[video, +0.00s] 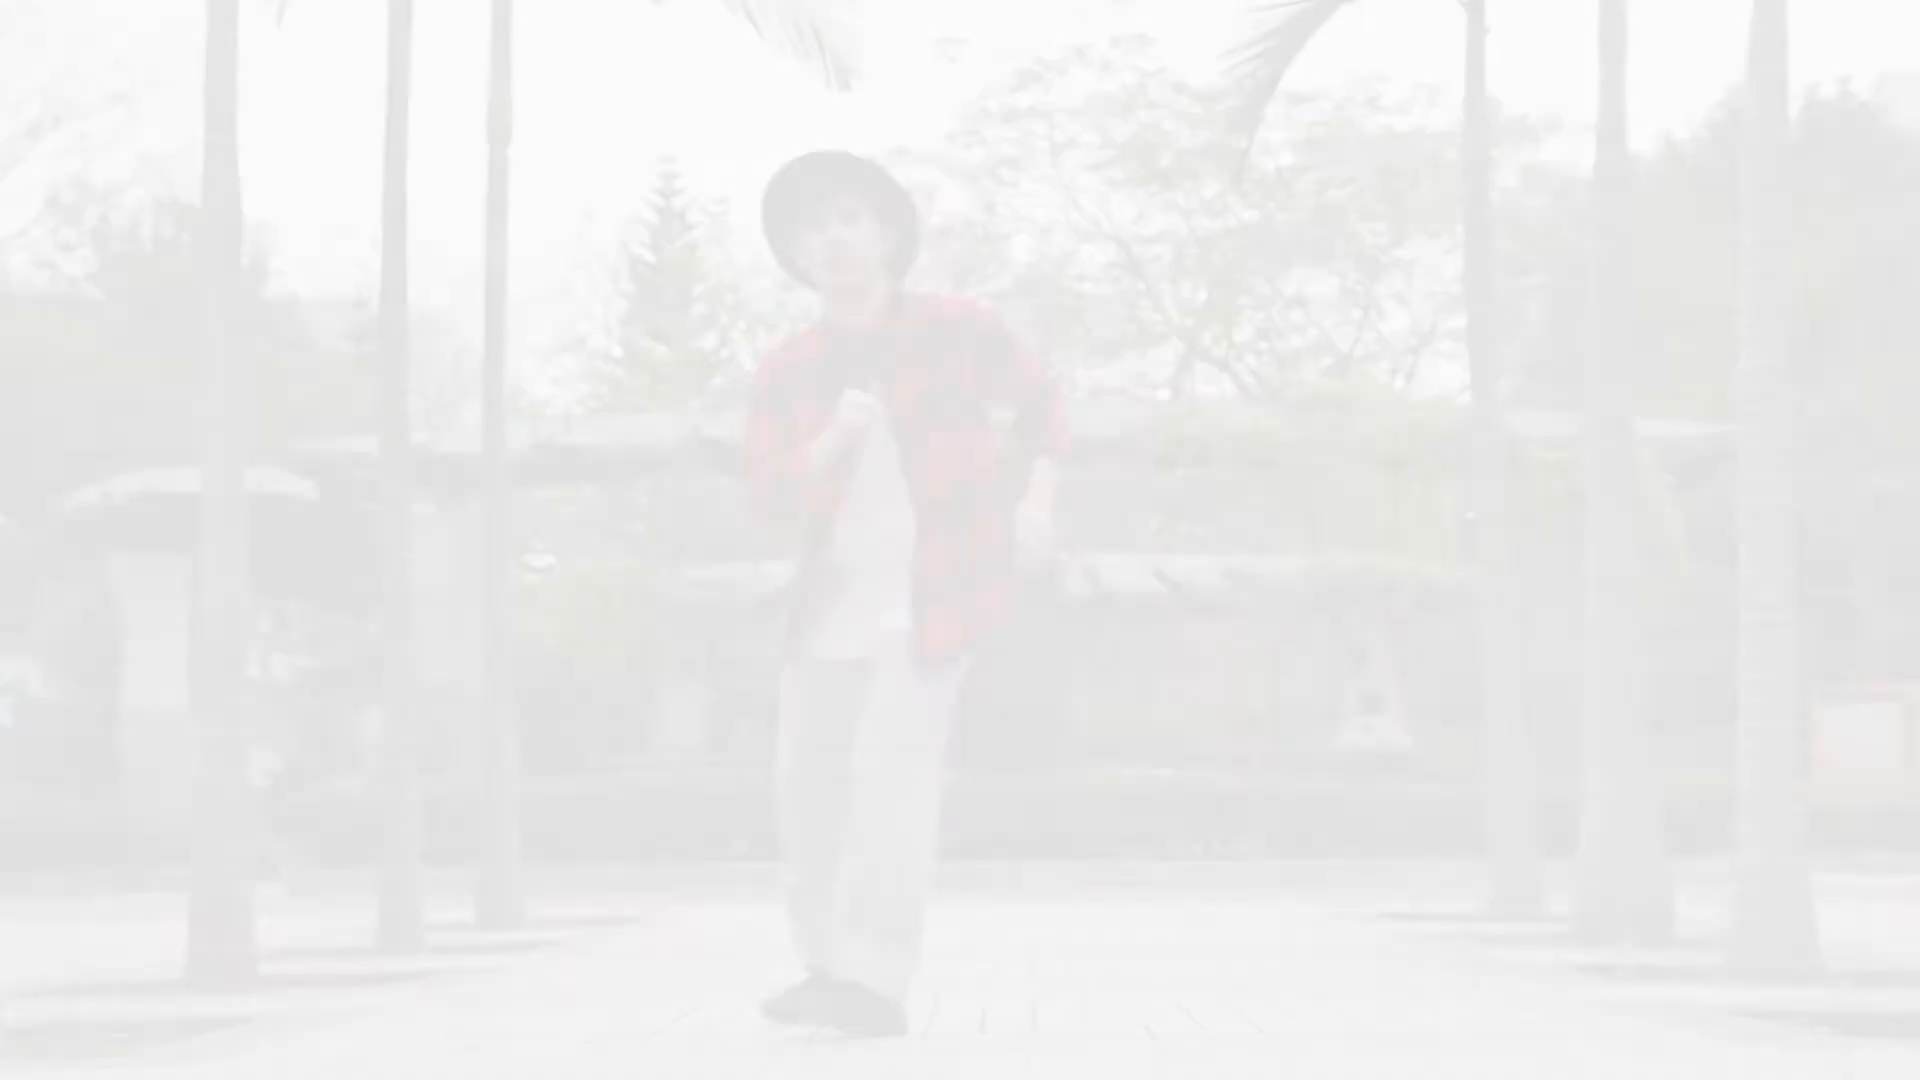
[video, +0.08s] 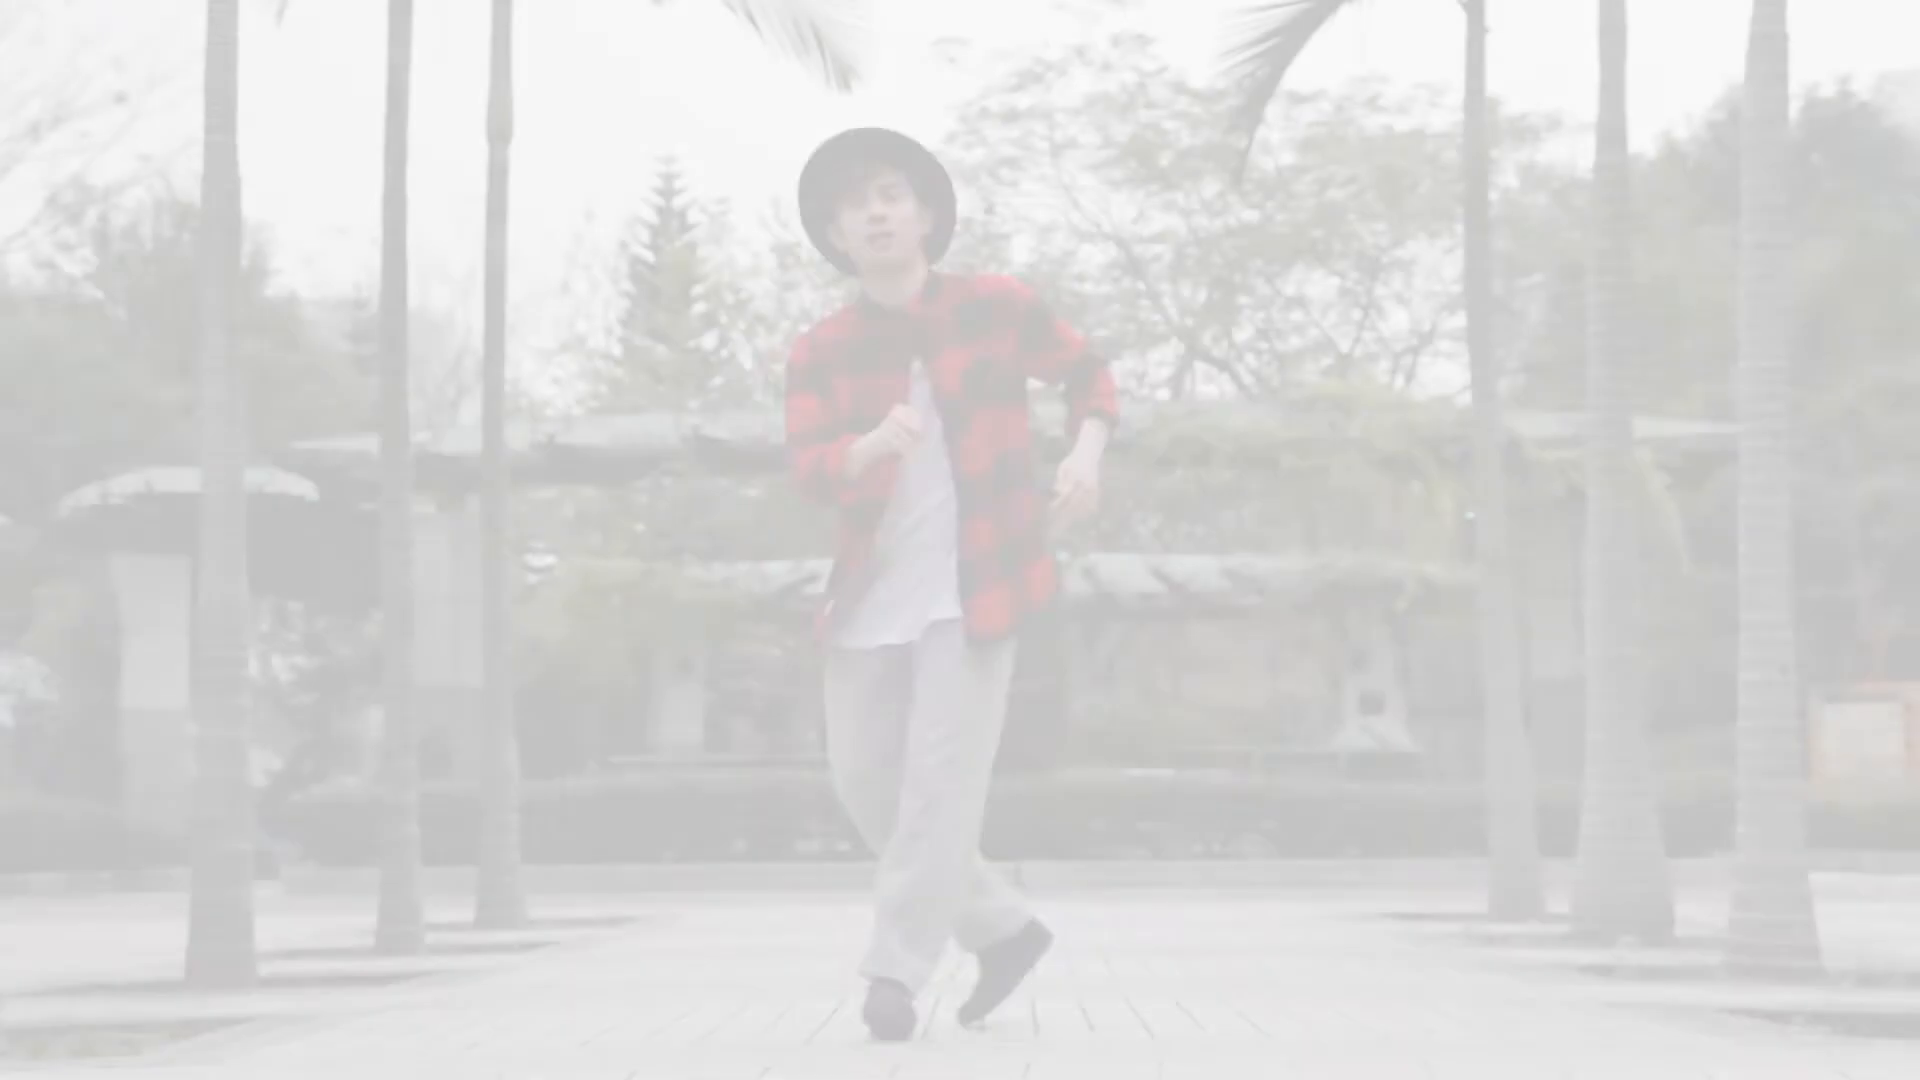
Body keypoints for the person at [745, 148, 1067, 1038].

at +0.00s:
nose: (839, 247)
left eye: (854, 224)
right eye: (817, 233)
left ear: (895, 233)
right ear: (798, 258)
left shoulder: (962, 332)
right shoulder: (790, 368)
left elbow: (1043, 415)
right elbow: (775, 502)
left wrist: (1029, 512)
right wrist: (833, 441)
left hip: (933, 596)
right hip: (831, 599)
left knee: (893, 779)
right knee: (806, 776)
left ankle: (876, 978)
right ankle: (826, 966)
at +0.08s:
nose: (876, 217)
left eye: (893, 196)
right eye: (851, 206)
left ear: (930, 213)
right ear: (831, 237)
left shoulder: (1000, 308)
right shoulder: (821, 349)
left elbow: (1089, 373)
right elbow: (811, 469)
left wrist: (1086, 454)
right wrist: (864, 449)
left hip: (972, 587)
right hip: (870, 596)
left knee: (941, 774)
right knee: (860, 775)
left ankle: (895, 972)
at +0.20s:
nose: (942, 218)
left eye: (959, 200)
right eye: (917, 206)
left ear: (993, 220)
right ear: (890, 239)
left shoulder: (1053, 323)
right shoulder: (875, 355)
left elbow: (1152, 407)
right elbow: (878, 471)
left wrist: (1146, 436)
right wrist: (914, 518)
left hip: (1032, 595)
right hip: (930, 608)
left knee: (999, 796)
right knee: (995, 806)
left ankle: (910, 979)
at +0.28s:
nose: (978, 226)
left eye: (993, 207)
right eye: (953, 216)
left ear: (1028, 227)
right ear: (929, 251)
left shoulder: (1093, 336)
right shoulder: (914, 369)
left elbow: (1168, 454)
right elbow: (919, 500)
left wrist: (1133, 444)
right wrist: (937, 599)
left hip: (1076, 602)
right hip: (974, 616)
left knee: (1040, 767)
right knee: (1040, 806)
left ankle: (951, 958)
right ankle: (1154, 974)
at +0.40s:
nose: (1016, 211)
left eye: (1032, 193)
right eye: (994, 202)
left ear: (1069, 215)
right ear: (973, 238)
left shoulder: (1136, 322)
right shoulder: (964, 360)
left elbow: (1178, 452)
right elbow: (949, 494)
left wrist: (1103, 398)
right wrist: (941, 606)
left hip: (1130, 588)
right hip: (1026, 606)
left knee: (1129, 727)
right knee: (1063, 796)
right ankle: (1167, 982)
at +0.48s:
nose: (1035, 197)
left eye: (1052, 180)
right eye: (1012, 186)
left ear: (1087, 201)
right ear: (991, 220)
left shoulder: (1149, 305)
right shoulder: (984, 341)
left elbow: (1190, 436)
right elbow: (971, 477)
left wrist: (1101, 390)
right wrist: (950, 580)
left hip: (1164, 573)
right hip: (1060, 593)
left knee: (1196, 736)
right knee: (1089, 791)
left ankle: (1257, 935)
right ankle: (1162, 983)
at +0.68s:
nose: (1072, 206)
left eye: (1092, 190)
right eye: (1053, 193)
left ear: (1129, 214)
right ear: (1033, 223)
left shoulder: (1169, 310)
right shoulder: (1047, 349)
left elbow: (1201, 442)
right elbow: (1043, 466)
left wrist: (1128, 526)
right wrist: (977, 540)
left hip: (1229, 578)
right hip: (1127, 602)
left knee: (1324, 765)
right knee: (1104, 794)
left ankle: (1393, 964)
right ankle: (1163, 985)